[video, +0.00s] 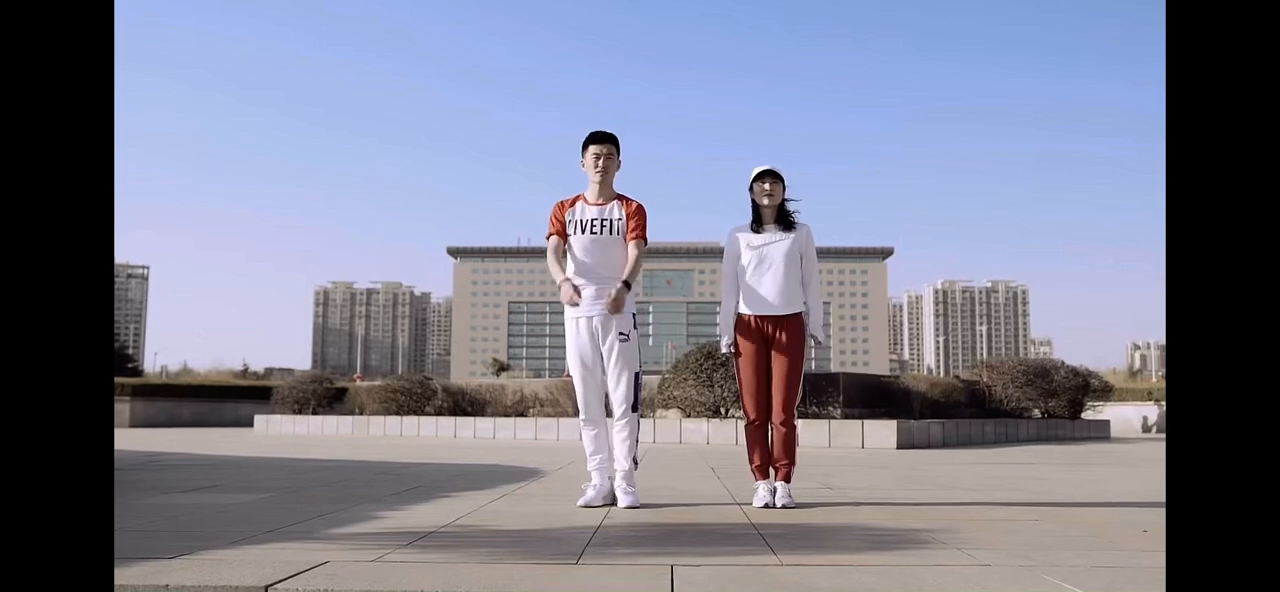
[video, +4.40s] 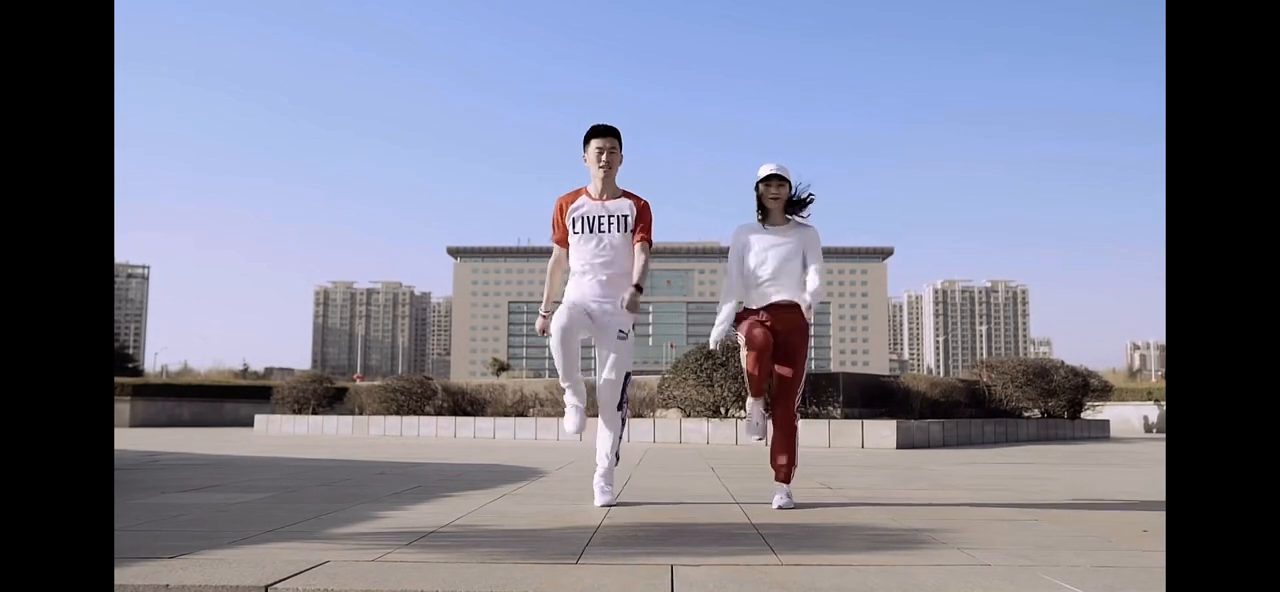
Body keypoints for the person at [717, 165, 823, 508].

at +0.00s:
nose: (768, 187)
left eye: (774, 182)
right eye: (761, 182)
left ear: (783, 191)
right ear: (752, 192)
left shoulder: (800, 233)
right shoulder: (738, 236)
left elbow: (812, 282)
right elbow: (729, 286)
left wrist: (815, 324)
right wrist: (726, 330)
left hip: (788, 325)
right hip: (748, 325)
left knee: (782, 411)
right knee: (754, 412)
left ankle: (783, 482)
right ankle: (762, 482)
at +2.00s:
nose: (763, 190)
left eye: (770, 185)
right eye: (757, 185)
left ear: (781, 193)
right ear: (749, 193)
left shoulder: (798, 233)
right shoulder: (735, 238)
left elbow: (812, 283)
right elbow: (725, 287)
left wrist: (821, 328)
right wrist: (719, 330)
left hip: (786, 325)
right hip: (746, 326)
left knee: (781, 405)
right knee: (754, 408)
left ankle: (783, 483)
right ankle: (762, 483)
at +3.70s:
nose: (761, 194)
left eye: (767, 188)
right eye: (755, 188)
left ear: (776, 193)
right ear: (746, 194)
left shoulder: (795, 232)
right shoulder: (733, 237)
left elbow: (807, 274)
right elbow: (721, 289)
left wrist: (806, 293)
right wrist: (706, 332)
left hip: (785, 323)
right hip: (746, 326)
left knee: (771, 389)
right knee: (752, 404)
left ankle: (782, 452)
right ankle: (762, 480)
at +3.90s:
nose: (766, 184)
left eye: (773, 179)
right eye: (761, 178)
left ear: (782, 185)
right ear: (752, 184)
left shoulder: (796, 227)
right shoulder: (734, 228)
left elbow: (806, 273)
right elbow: (728, 272)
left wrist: (808, 311)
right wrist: (742, 306)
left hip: (785, 307)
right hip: (746, 312)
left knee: (771, 339)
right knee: (753, 400)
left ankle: (777, 417)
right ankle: (760, 478)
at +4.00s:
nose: (771, 185)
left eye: (777, 179)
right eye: (765, 179)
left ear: (786, 185)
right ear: (755, 185)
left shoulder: (795, 225)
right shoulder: (736, 222)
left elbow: (803, 263)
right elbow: (721, 261)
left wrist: (811, 297)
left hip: (785, 311)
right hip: (747, 311)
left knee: (775, 378)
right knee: (750, 398)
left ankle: (779, 459)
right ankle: (758, 471)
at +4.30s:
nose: (773, 180)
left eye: (779, 174)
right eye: (767, 174)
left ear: (788, 180)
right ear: (757, 180)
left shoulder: (803, 220)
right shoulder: (742, 218)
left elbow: (813, 269)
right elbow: (732, 259)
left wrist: (818, 312)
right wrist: (747, 279)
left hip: (788, 309)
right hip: (749, 308)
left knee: (784, 394)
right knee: (748, 393)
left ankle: (784, 476)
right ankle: (756, 445)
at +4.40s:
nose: (774, 190)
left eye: (779, 185)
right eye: (768, 185)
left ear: (789, 191)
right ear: (758, 192)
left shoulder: (806, 232)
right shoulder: (743, 234)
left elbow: (815, 272)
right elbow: (732, 287)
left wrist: (808, 301)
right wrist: (720, 326)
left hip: (793, 316)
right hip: (754, 314)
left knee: (785, 402)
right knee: (759, 339)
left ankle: (783, 484)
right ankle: (755, 403)